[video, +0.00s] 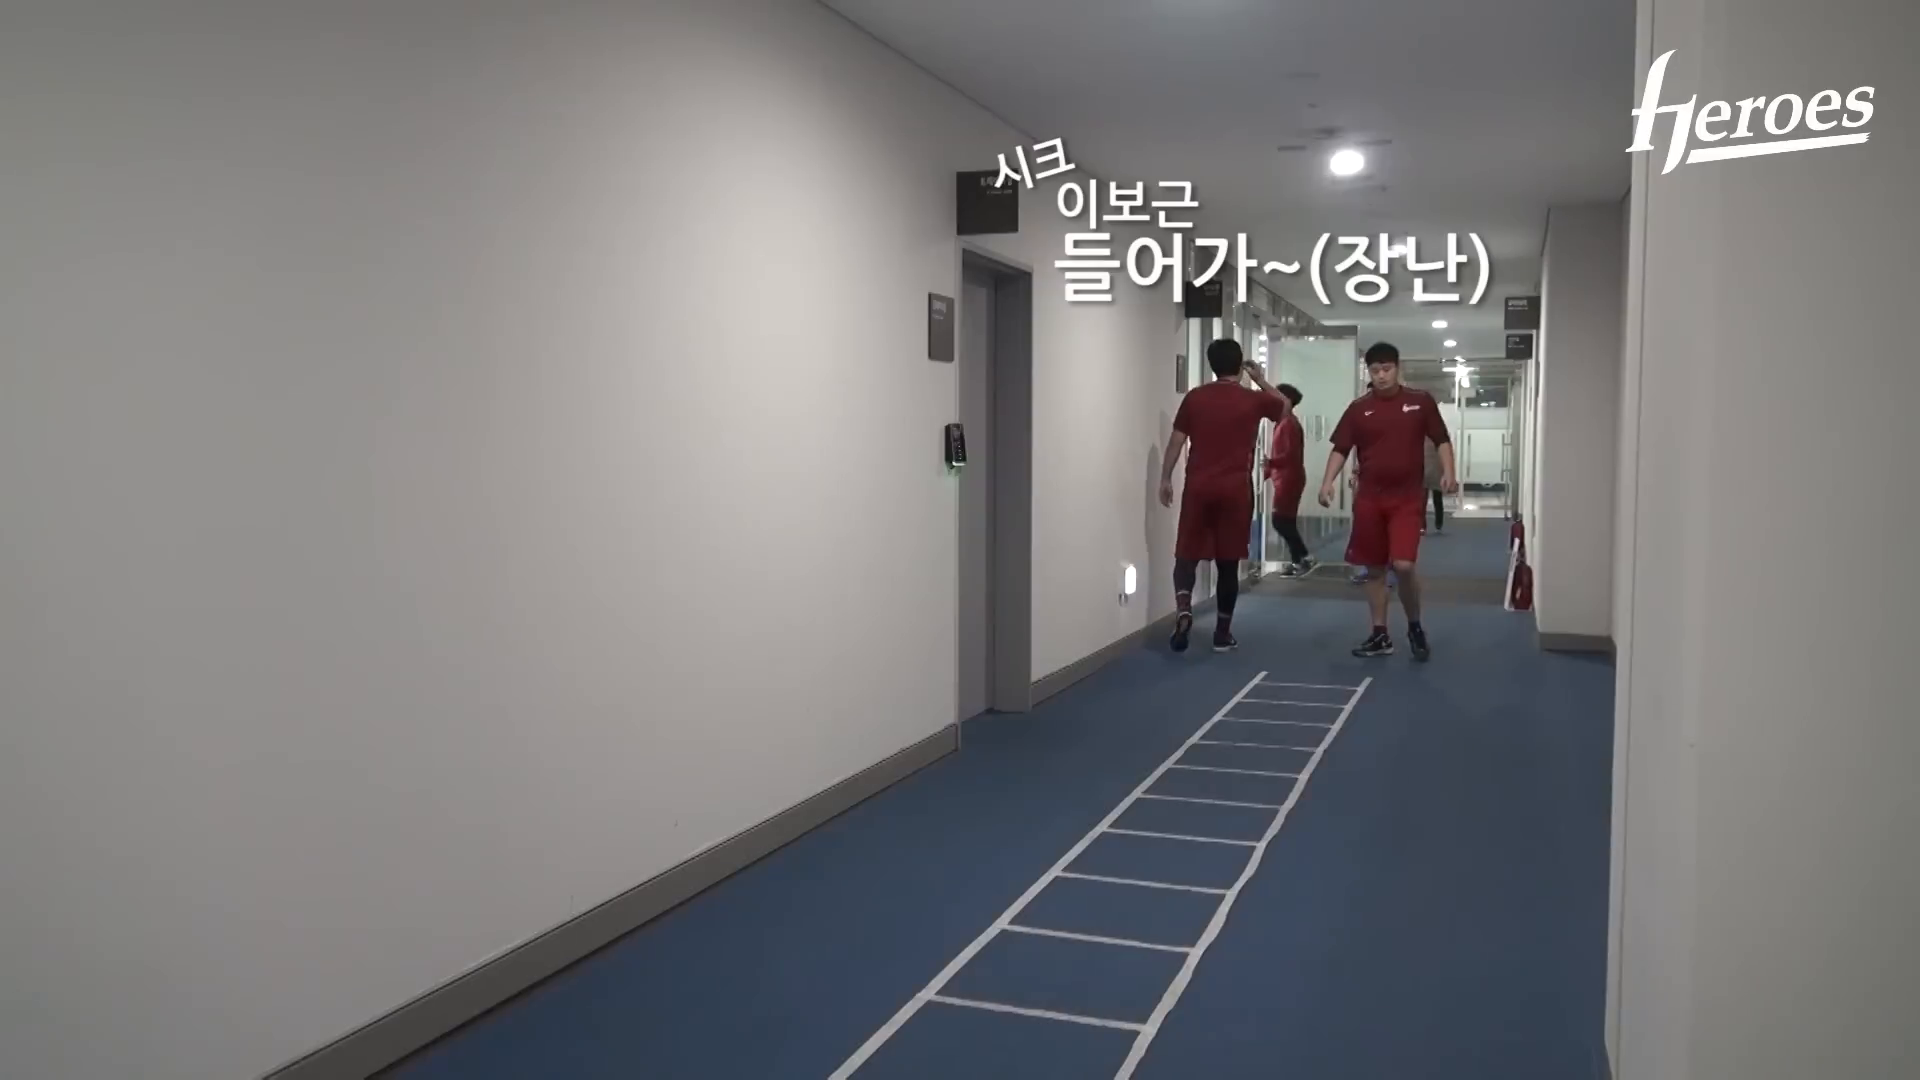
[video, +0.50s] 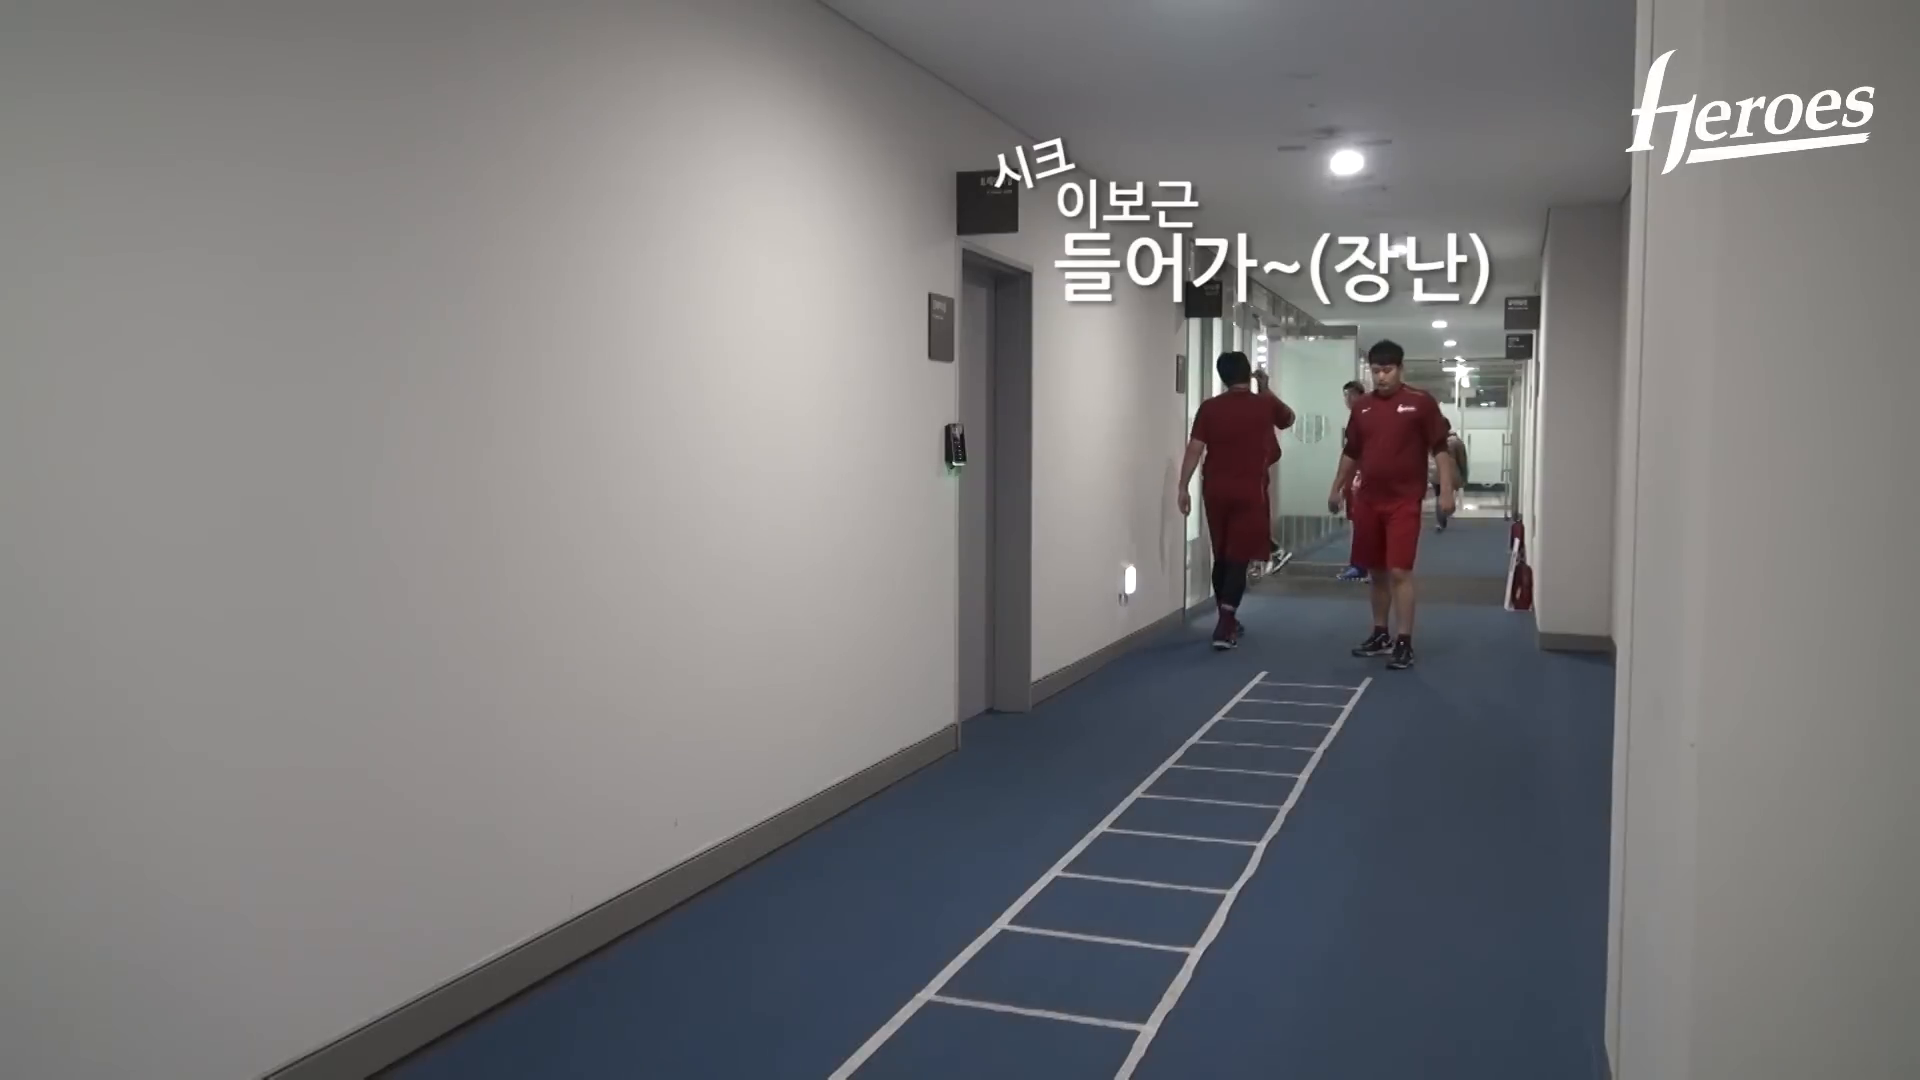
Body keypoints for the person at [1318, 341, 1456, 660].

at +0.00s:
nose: (1381, 375)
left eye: (1386, 369)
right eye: (1375, 370)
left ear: (1397, 370)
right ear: (1368, 373)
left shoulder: (1421, 402)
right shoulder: (1358, 409)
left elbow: (1441, 440)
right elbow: (1340, 448)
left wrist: (1449, 473)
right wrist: (1327, 481)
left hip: (1408, 497)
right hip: (1369, 498)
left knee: (1402, 566)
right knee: (1374, 569)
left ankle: (1415, 628)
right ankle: (1379, 634)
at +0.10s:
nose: (1376, 375)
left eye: (1382, 369)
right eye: (1371, 370)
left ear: (1394, 370)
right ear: (1364, 373)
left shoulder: (1418, 402)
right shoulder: (1355, 409)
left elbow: (1442, 440)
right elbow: (1339, 448)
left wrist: (1449, 474)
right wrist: (1327, 479)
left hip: (1405, 498)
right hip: (1368, 499)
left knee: (1400, 566)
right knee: (1374, 570)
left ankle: (1410, 635)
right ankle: (1379, 635)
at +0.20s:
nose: (1375, 376)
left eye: (1380, 370)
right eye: (1369, 371)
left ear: (1393, 370)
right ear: (1363, 373)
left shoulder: (1417, 401)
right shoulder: (1355, 408)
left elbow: (1441, 443)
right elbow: (1340, 449)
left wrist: (1447, 482)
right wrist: (1328, 482)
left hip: (1404, 500)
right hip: (1367, 500)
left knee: (1400, 570)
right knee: (1374, 570)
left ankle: (1405, 639)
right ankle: (1379, 634)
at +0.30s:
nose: (1375, 377)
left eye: (1381, 370)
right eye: (1370, 371)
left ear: (1393, 370)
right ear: (1363, 373)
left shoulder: (1417, 402)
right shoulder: (1357, 407)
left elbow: (1437, 447)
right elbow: (1343, 451)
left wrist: (1446, 488)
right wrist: (1329, 488)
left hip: (1403, 502)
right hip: (1366, 502)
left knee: (1400, 573)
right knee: (1375, 572)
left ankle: (1403, 641)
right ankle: (1379, 634)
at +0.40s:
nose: (1377, 375)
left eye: (1383, 369)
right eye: (1371, 370)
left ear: (1396, 370)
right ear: (1366, 371)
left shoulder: (1418, 402)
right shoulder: (1360, 406)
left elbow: (1438, 448)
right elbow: (1347, 452)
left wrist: (1446, 488)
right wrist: (1330, 490)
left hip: (1403, 502)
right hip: (1366, 502)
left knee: (1400, 572)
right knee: (1376, 572)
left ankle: (1403, 642)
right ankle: (1380, 633)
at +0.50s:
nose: (1381, 375)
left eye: (1387, 369)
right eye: (1376, 369)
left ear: (1400, 369)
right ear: (1370, 370)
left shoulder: (1421, 403)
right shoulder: (1362, 407)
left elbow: (1441, 449)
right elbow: (1351, 452)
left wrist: (1446, 491)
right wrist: (1336, 489)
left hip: (1404, 501)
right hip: (1368, 500)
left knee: (1400, 571)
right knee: (1377, 571)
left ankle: (1403, 642)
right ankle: (1380, 634)